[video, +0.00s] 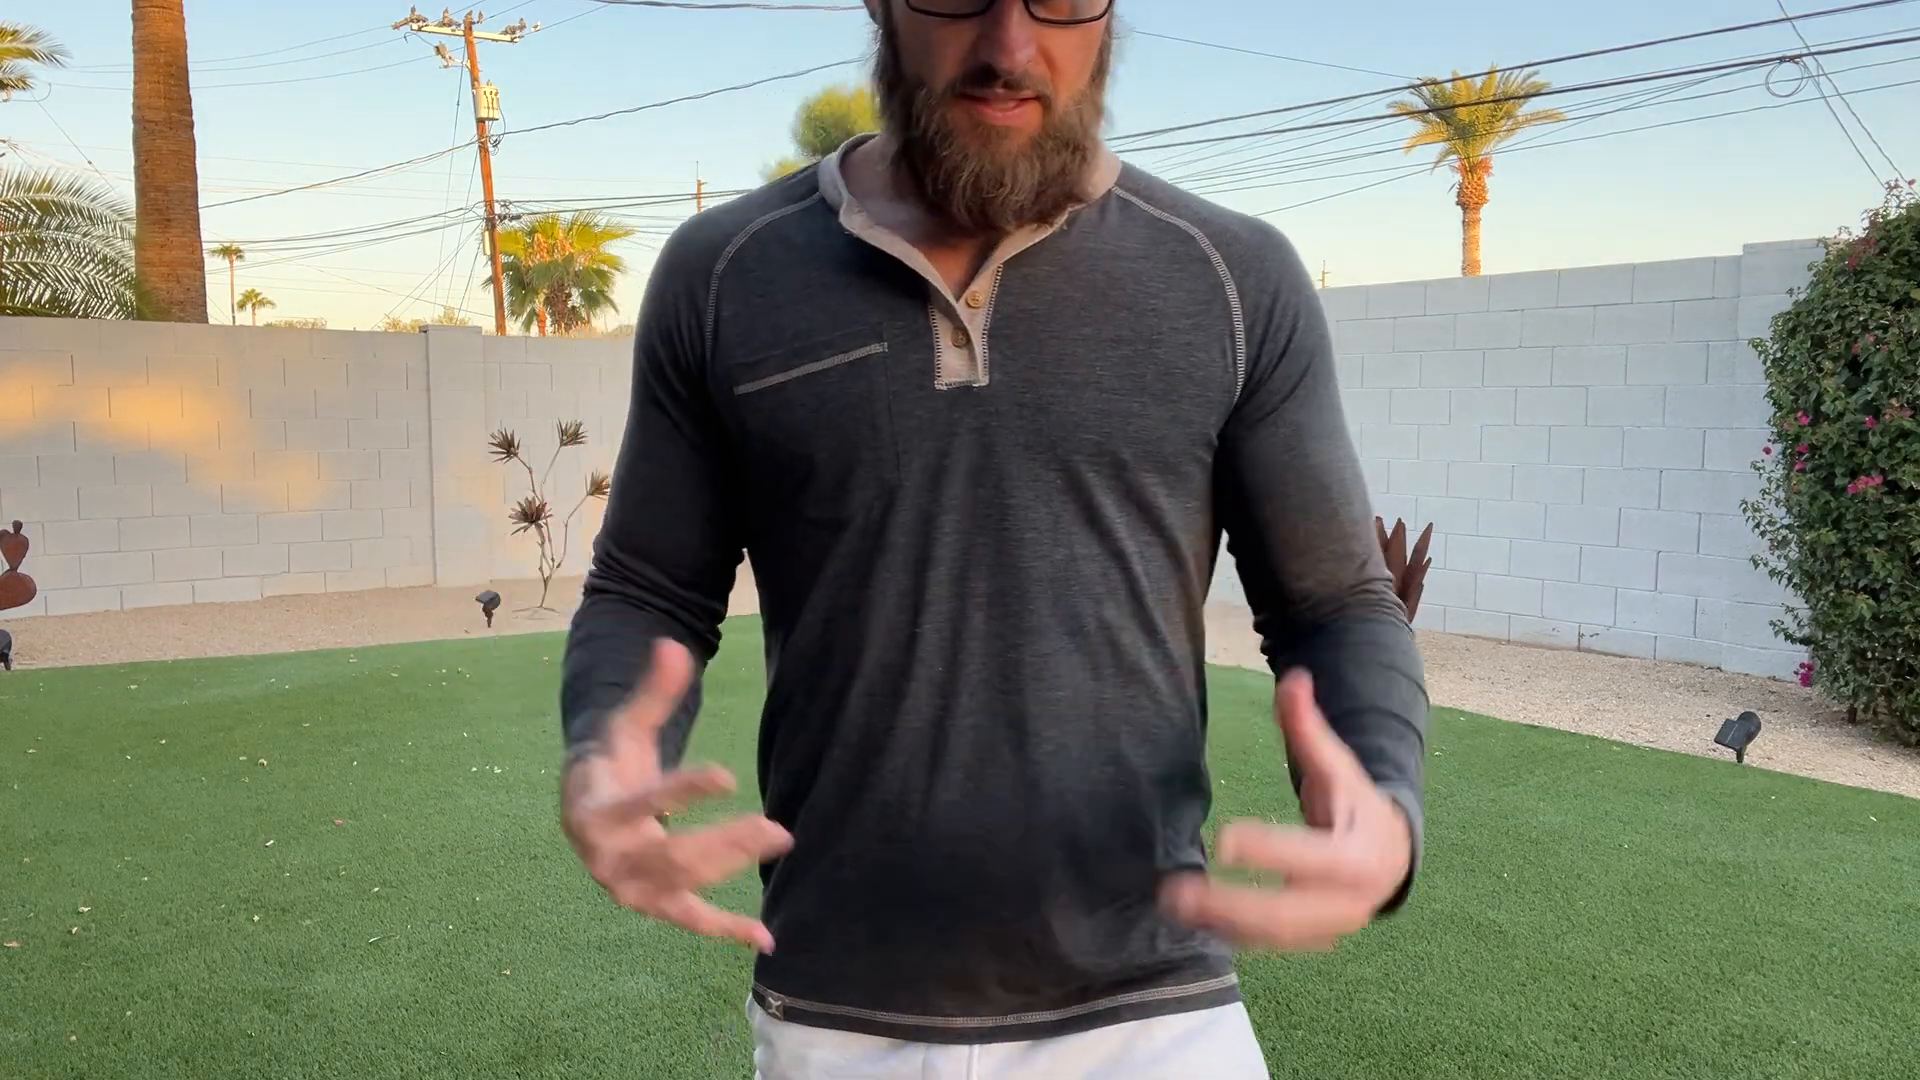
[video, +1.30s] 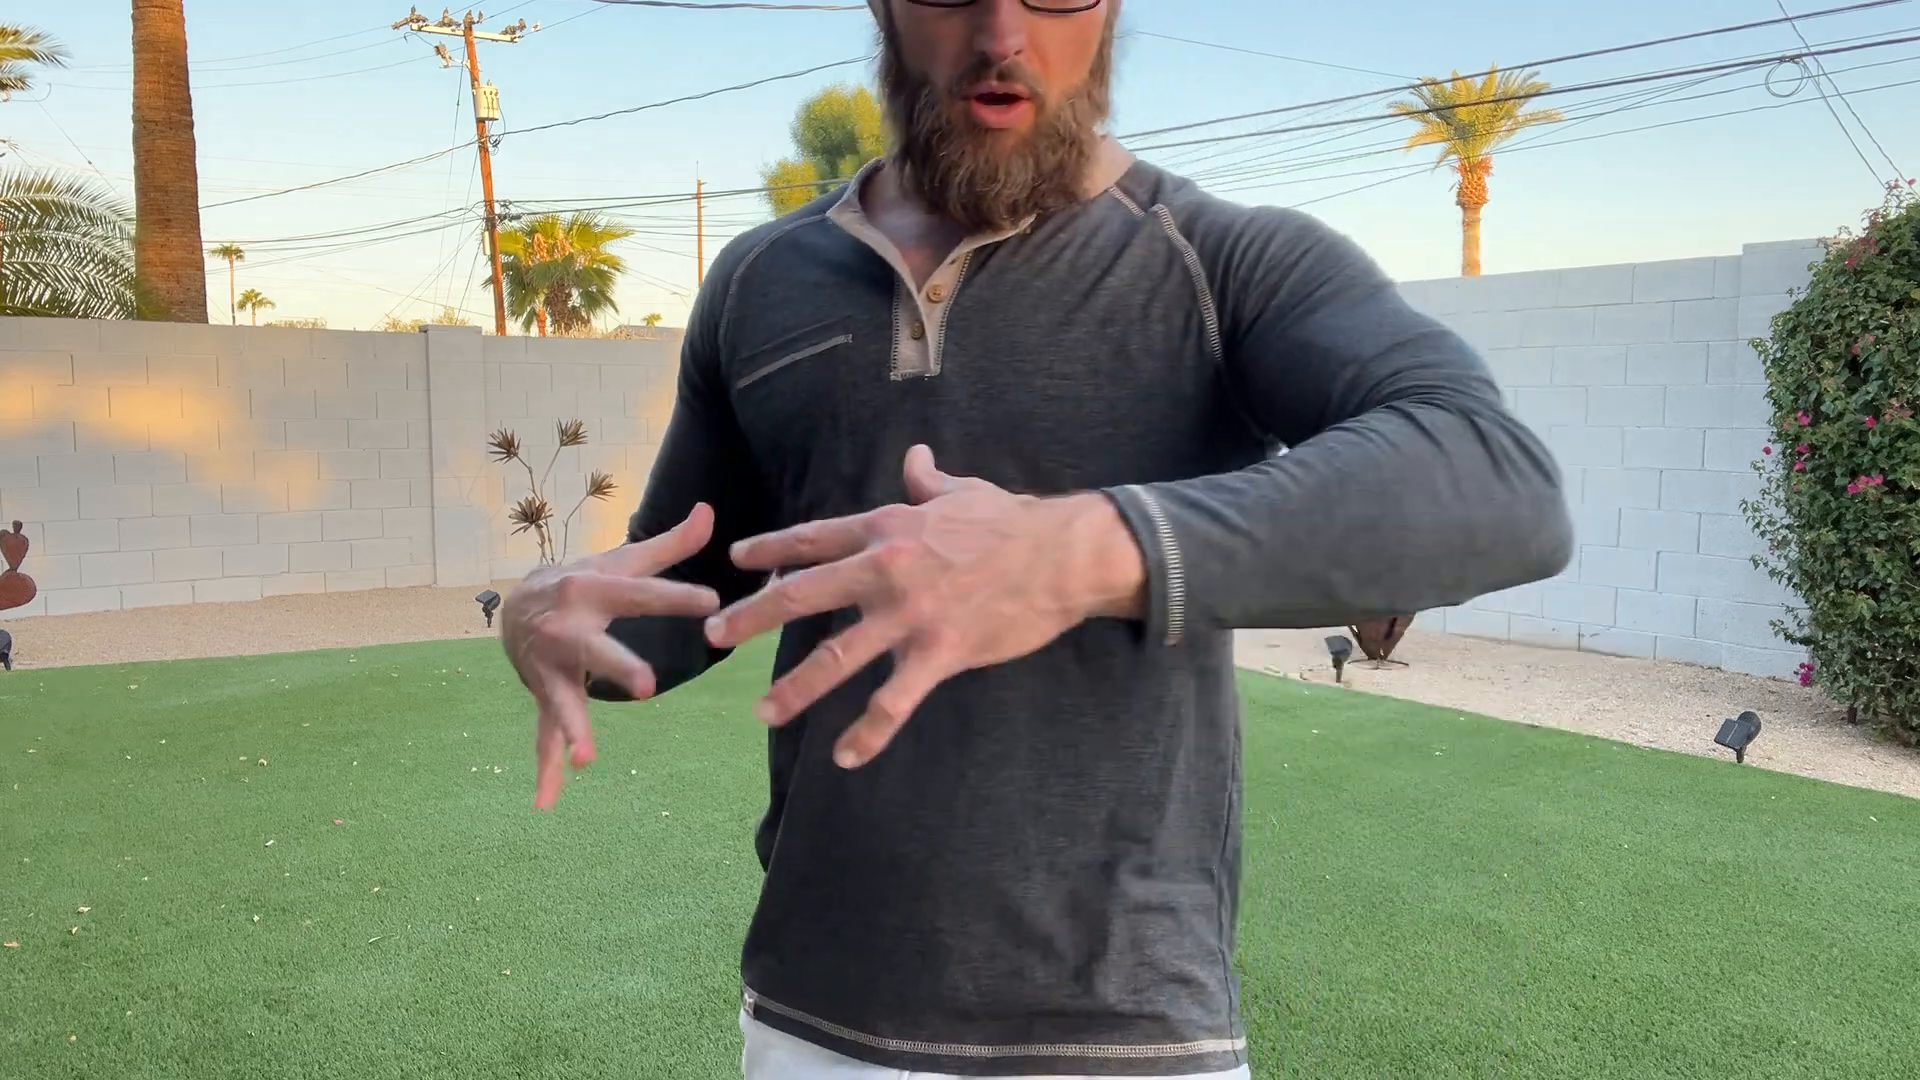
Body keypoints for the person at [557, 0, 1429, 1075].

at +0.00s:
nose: (1009, 46)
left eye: (1058, 4)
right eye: (958, 1)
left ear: (1107, 26)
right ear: (889, 13)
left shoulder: (1238, 278)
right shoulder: (723, 277)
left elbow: (1338, 603)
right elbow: (646, 587)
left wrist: (1378, 806)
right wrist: (614, 752)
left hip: (1154, 1004)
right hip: (842, 1013)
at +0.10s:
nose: (1064, 42)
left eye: (1109, 3)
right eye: (1019, 1)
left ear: (1168, 24)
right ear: (942, 14)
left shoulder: (1289, 286)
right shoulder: (760, 269)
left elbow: (1369, 647)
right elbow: (678, 592)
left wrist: (1311, 927)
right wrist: (752, 789)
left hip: (1177, 1030)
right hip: (870, 1033)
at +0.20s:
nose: (1119, 20)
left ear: (1228, 12)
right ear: (996, 1)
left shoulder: (1348, 288)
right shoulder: (804, 248)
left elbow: (1375, 681)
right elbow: (716, 605)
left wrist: (1249, 1014)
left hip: (1211, 1034)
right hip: (893, 1037)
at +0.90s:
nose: (1173, 9)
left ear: (1293, 7)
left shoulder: (1416, 299)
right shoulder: (858, 237)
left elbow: (1460, 739)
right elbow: (748, 599)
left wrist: (1359, 1056)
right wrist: (1035, 707)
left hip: (1251, 1034)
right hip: (906, 1033)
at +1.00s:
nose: (1133, 7)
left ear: (1243, 15)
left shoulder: (1365, 284)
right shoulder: (827, 253)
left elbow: (1553, 681)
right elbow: (714, 589)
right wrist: (889, 666)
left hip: (1204, 1026)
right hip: (879, 1020)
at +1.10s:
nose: (1076, 1)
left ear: (1195, 5)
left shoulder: (1317, 263)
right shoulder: (802, 260)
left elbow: (1617, 582)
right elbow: (666, 583)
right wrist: (720, 609)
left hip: (1177, 1025)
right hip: (858, 1021)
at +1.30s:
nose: (1002, 38)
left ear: (1108, 23)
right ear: (886, 17)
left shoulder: (1230, 263)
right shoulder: (766, 286)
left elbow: (1499, 483)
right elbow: (688, 586)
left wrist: (1088, 550)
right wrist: (553, 619)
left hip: (1140, 1031)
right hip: (828, 1021)